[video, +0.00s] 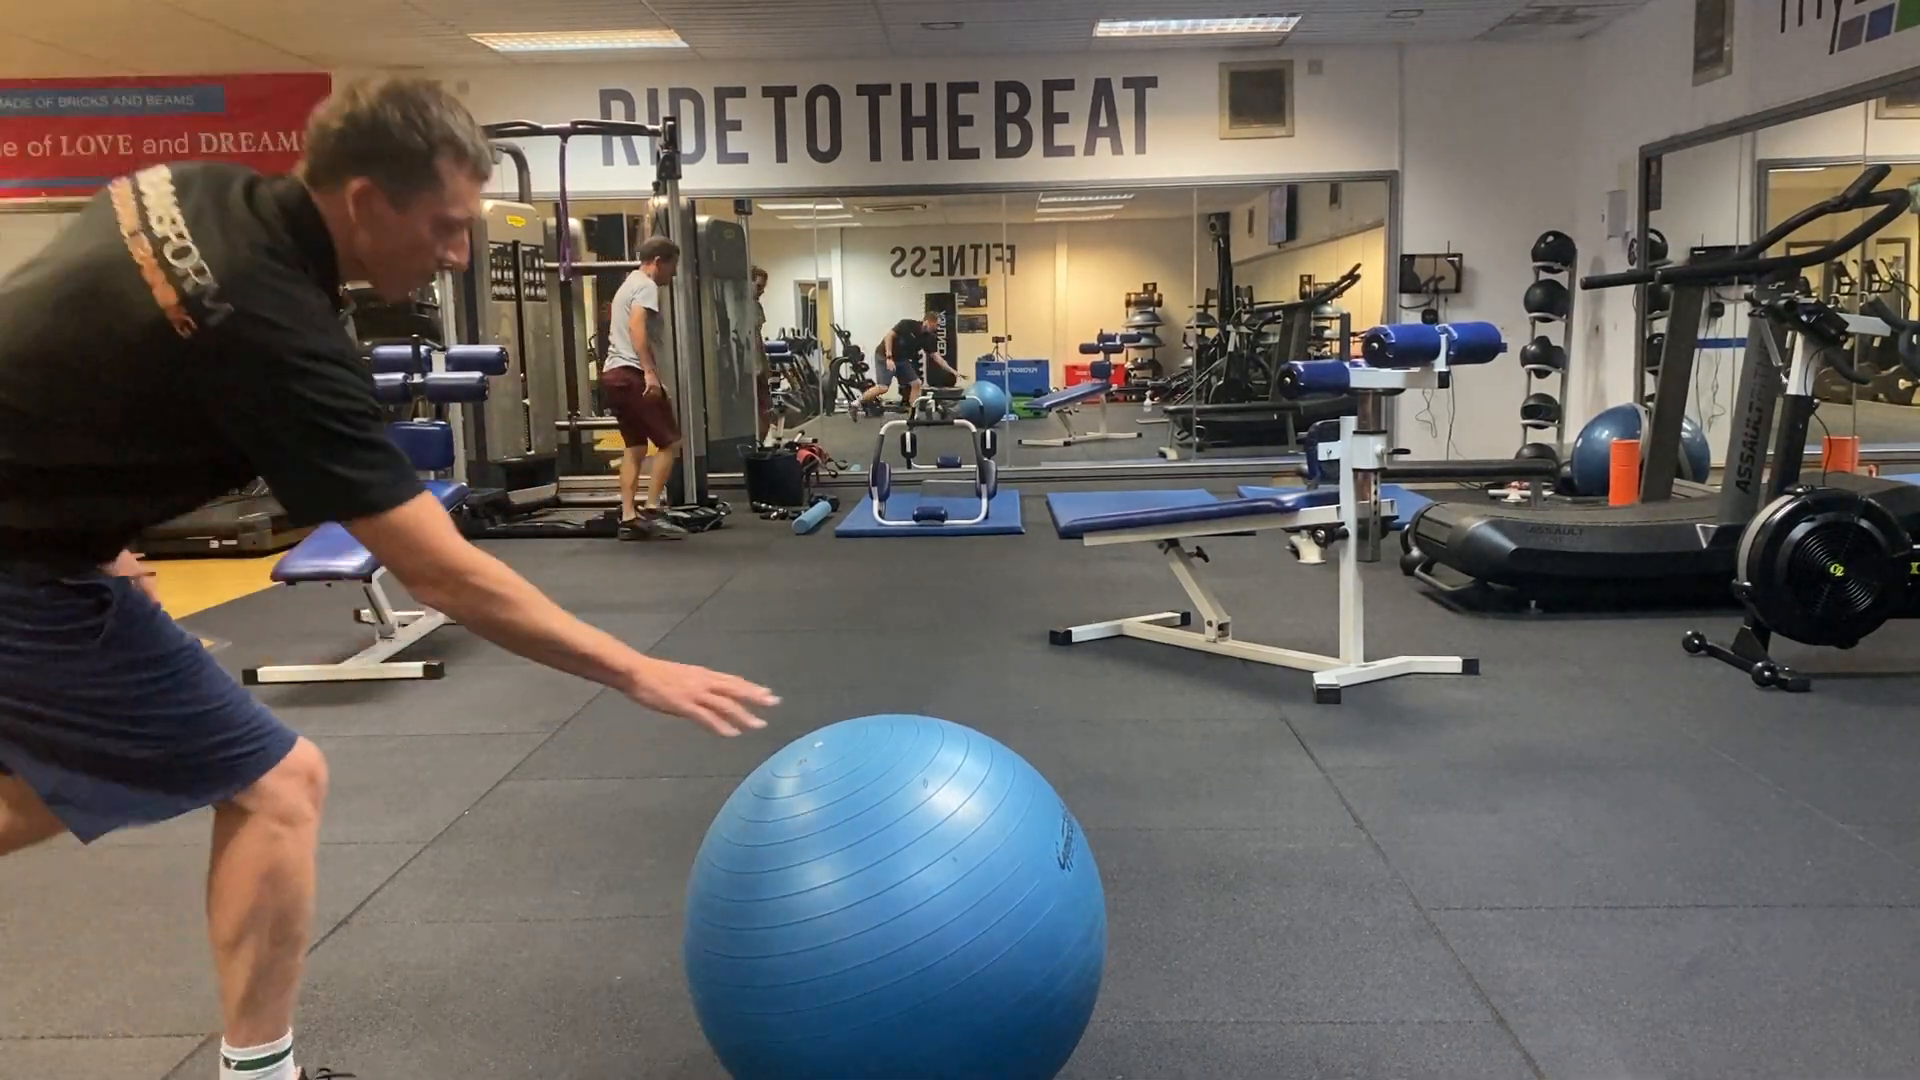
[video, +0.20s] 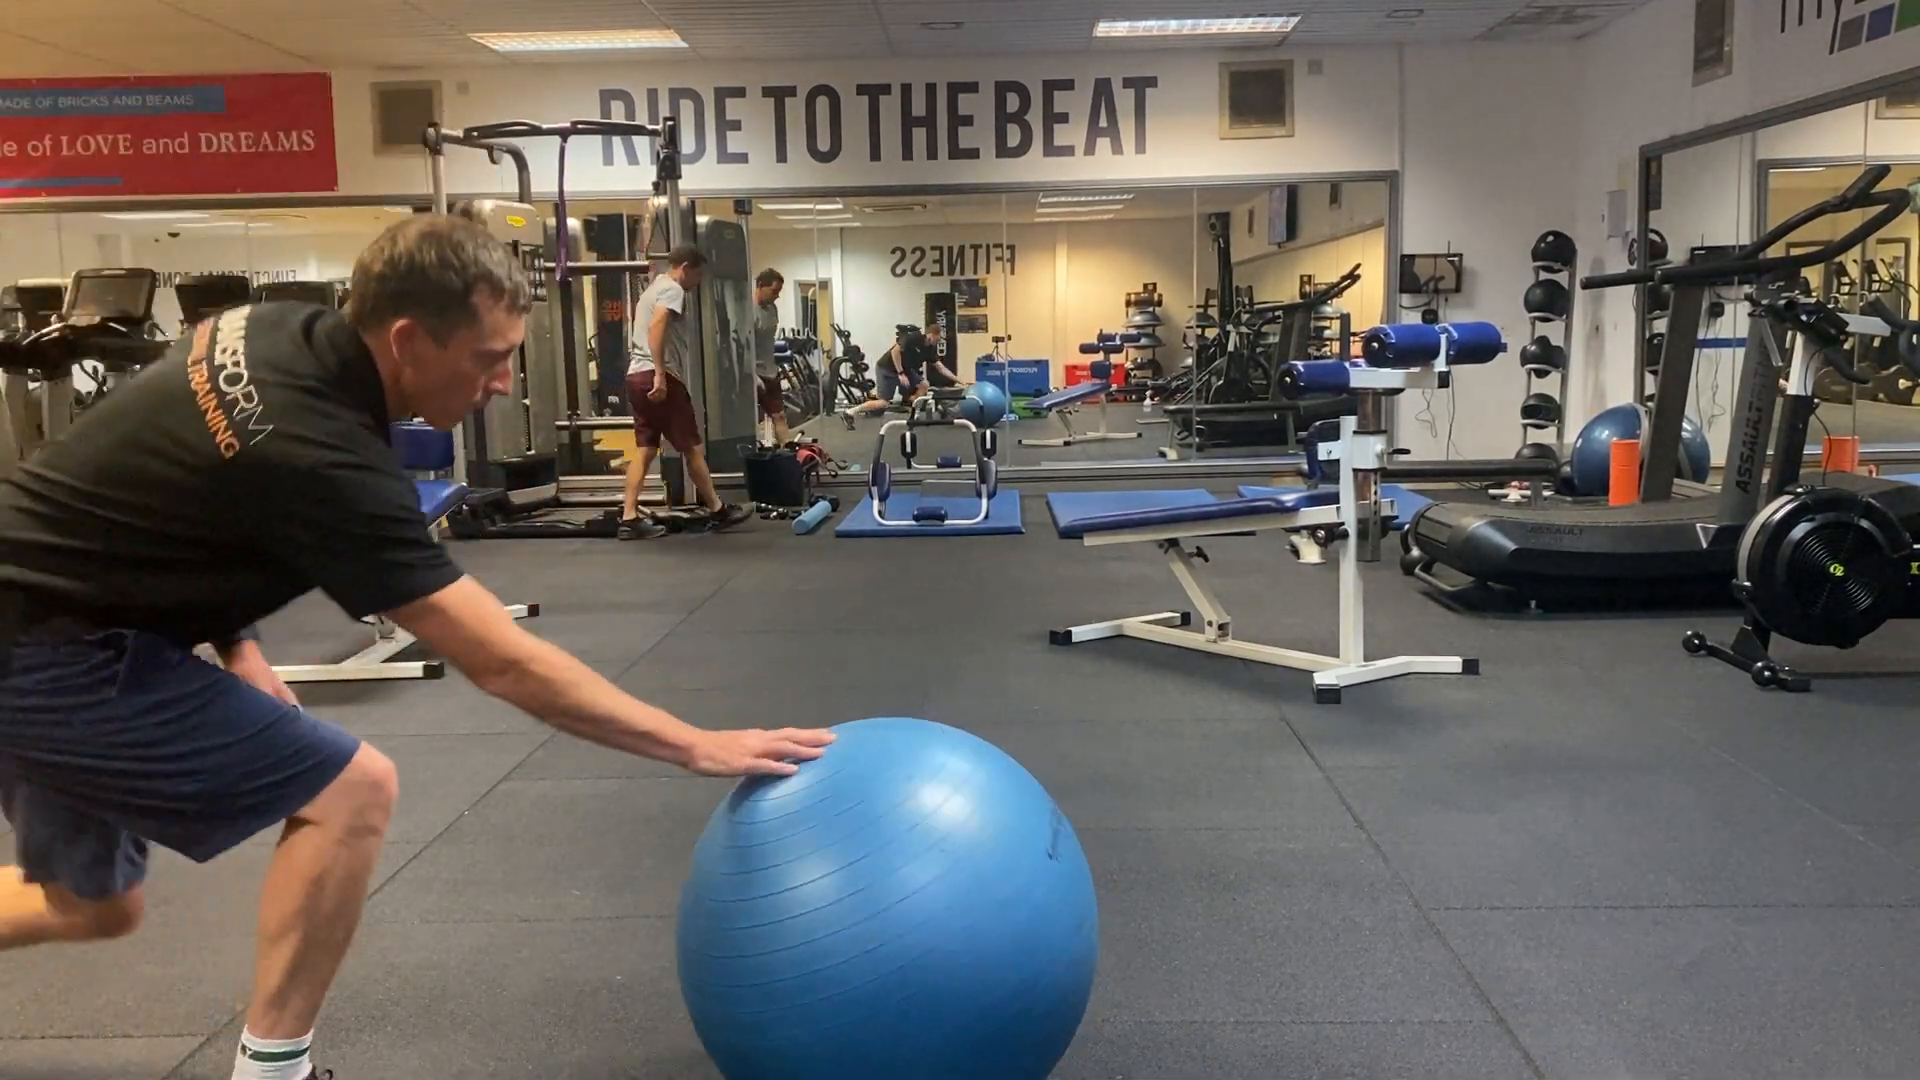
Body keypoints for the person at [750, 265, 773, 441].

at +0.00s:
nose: (761, 289)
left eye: (763, 285)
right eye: (758, 284)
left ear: (764, 285)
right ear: (750, 284)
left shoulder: (756, 305)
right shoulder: (749, 305)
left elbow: (757, 336)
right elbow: (750, 335)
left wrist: (765, 365)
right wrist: (757, 364)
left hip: (758, 367)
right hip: (750, 367)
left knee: (763, 406)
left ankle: (762, 438)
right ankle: (758, 439)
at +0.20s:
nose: (777, 295)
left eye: (779, 291)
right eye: (775, 290)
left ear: (769, 288)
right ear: (762, 286)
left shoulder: (772, 309)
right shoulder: (748, 309)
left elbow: (768, 341)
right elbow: (743, 347)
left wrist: (772, 369)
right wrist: (752, 375)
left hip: (770, 373)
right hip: (753, 374)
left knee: (779, 416)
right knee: (753, 419)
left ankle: (789, 453)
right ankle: (750, 458)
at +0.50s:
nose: (800, 292)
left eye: (803, 288)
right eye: (797, 287)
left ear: (804, 286)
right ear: (785, 282)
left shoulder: (802, 308)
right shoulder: (768, 307)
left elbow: (804, 339)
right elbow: (753, 339)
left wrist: (807, 366)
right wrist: (752, 369)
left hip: (798, 369)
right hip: (775, 369)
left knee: (796, 416)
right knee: (779, 417)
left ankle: (789, 450)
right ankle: (757, 435)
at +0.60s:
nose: (805, 291)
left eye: (808, 287)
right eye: (802, 286)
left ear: (810, 285)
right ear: (789, 281)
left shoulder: (809, 307)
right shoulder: (770, 306)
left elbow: (813, 337)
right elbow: (757, 340)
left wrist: (819, 360)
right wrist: (759, 371)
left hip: (802, 365)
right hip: (778, 364)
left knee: (803, 409)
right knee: (795, 406)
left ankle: (791, 443)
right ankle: (770, 428)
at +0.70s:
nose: (809, 290)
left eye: (811, 286)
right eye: (805, 285)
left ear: (813, 285)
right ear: (793, 280)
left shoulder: (813, 306)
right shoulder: (777, 305)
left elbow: (822, 332)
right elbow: (765, 339)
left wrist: (833, 355)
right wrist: (768, 369)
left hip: (808, 367)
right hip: (785, 365)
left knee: (807, 409)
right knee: (804, 400)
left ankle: (795, 442)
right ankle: (786, 435)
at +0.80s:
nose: (813, 289)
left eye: (814, 284)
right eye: (809, 284)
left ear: (816, 282)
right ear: (796, 281)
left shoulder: (817, 305)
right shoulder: (782, 305)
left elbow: (832, 332)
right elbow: (769, 339)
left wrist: (846, 359)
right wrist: (771, 370)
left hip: (814, 370)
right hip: (791, 370)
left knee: (812, 412)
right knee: (805, 406)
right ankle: (803, 446)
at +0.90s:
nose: (814, 288)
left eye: (816, 284)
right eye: (811, 284)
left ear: (818, 282)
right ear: (799, 281)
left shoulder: (823, 306)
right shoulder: (787, 306)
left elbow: (836, 333)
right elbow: (774, 338)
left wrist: (848, 357)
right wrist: (774, 368)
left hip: (818, 368)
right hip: (794, 368)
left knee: (812, 418)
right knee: (806, 417)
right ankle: (811, 455)